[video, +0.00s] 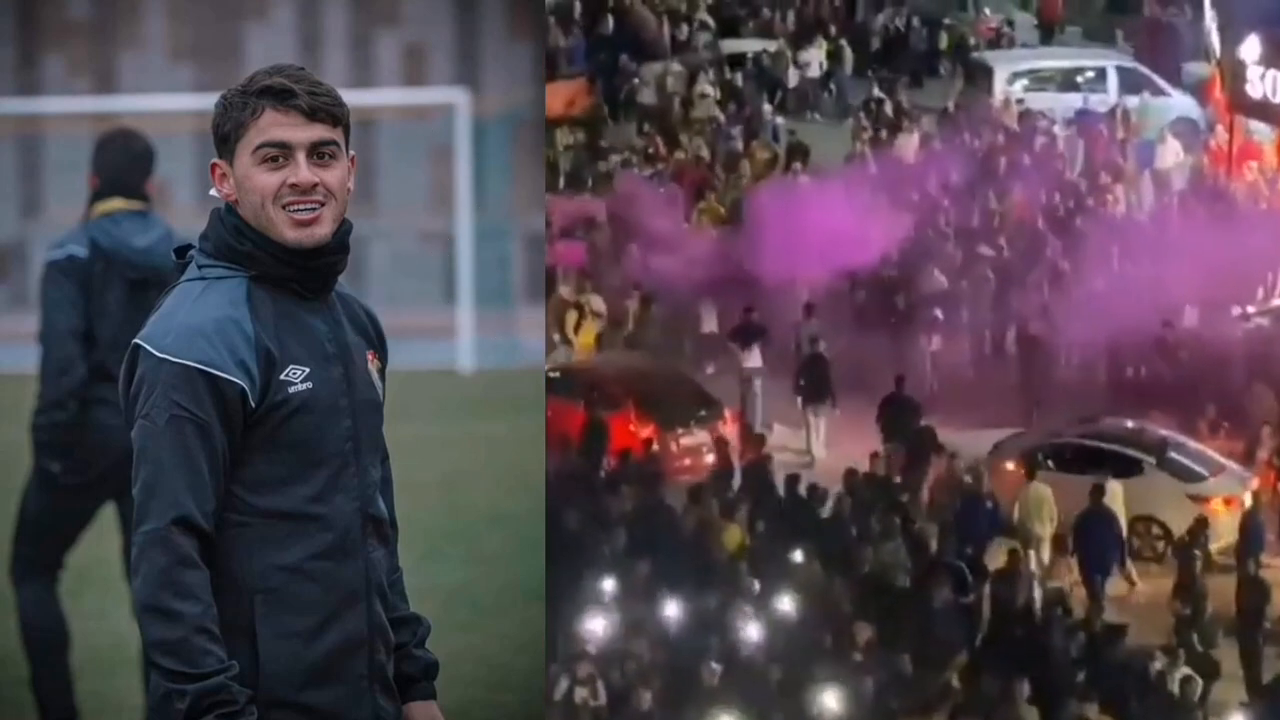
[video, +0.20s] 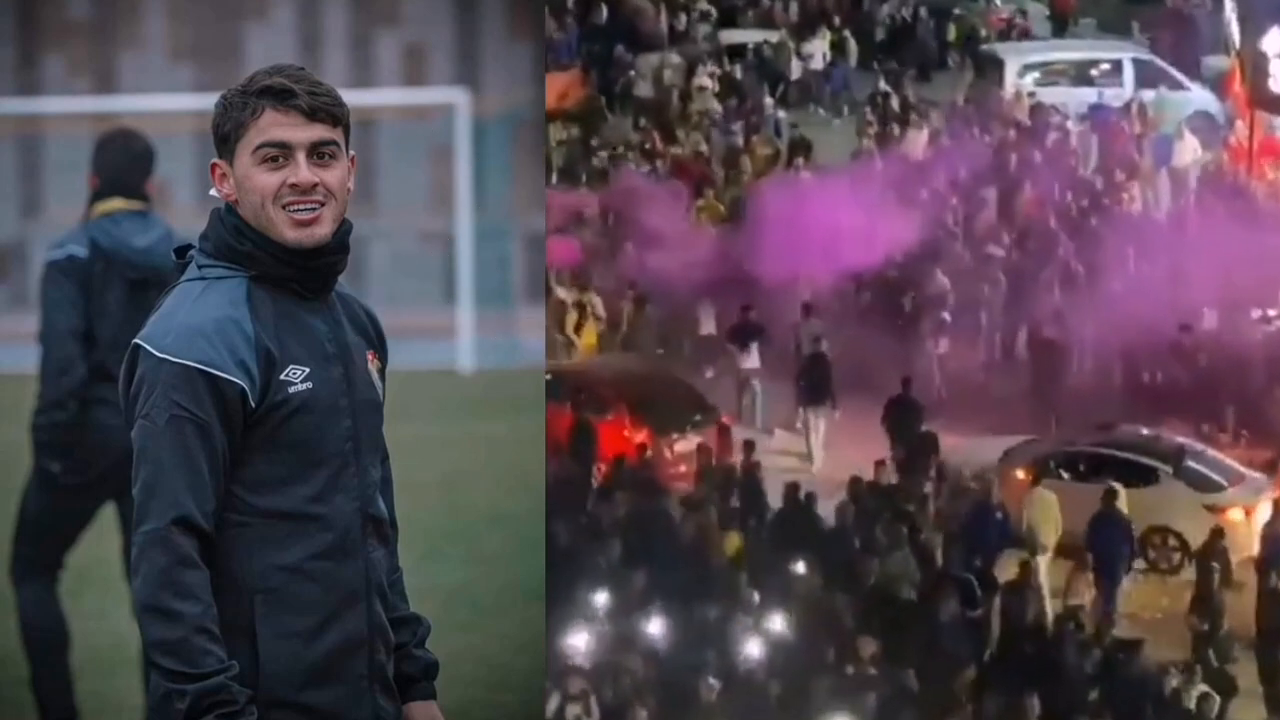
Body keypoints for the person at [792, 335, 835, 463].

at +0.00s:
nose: (821, 349)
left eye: (819, 346)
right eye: (821, 346)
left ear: (810, 347)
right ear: (821, 347)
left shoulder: (804, 361)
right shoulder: (825, 361)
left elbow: (798, 381)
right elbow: (829, 382)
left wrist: (798, 395)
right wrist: (834, 400)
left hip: (808, 397)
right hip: (822, 397)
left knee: (810, 426)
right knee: (821, 424)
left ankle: (811, 452)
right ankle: (821, 449)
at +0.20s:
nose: (821, 350)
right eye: (823, 347)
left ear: (811, 347)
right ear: (824, 347)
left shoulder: (804, 363)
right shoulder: (826, 363)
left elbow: (799, 385)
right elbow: (831, 385)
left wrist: (799, 405)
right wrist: (835, 405)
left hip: (808, 403)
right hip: (822, 403)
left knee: (810, 431)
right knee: (820, 431)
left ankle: (813, 458)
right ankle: (817, 459)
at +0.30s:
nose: (829, 328)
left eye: (828, 326)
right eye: (829, 326)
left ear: (815, 326)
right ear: (828, 327)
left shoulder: (808, 342)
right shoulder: (832, 344)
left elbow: (802, 363)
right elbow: (837, 365)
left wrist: (802, 380)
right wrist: (841, 383)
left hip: (813, 380)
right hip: (829, 381)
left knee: (814, 407)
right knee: (827, 408)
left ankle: (814, 433)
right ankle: (823, 436)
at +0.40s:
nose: (831, 300)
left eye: (829, 297)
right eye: (831, 297)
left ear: (819, 297)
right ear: (833, 298)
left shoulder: (813, 313)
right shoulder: (837, 314)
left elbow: (807, 334)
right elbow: (842, 336)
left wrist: (805, 352)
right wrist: (845, 352)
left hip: (818, 351)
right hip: (834, 352)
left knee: (816, 380)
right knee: (831, 382)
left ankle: (818, 405)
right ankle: (827, 411)